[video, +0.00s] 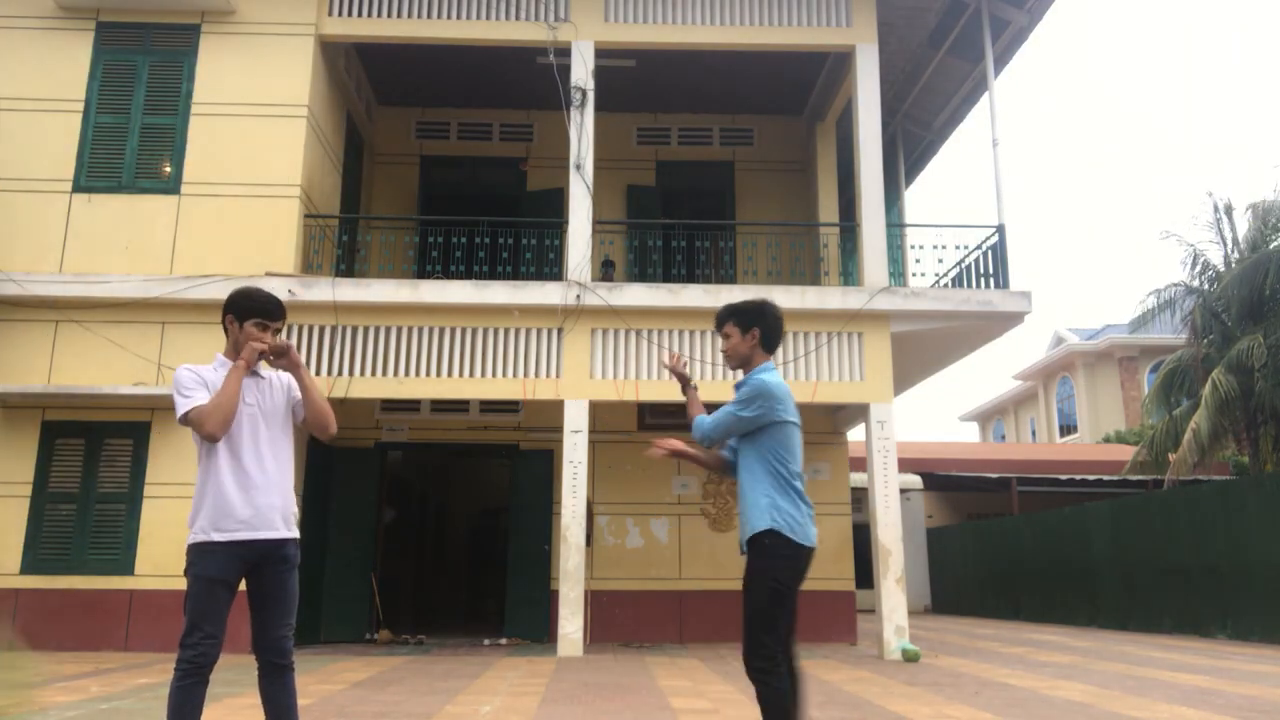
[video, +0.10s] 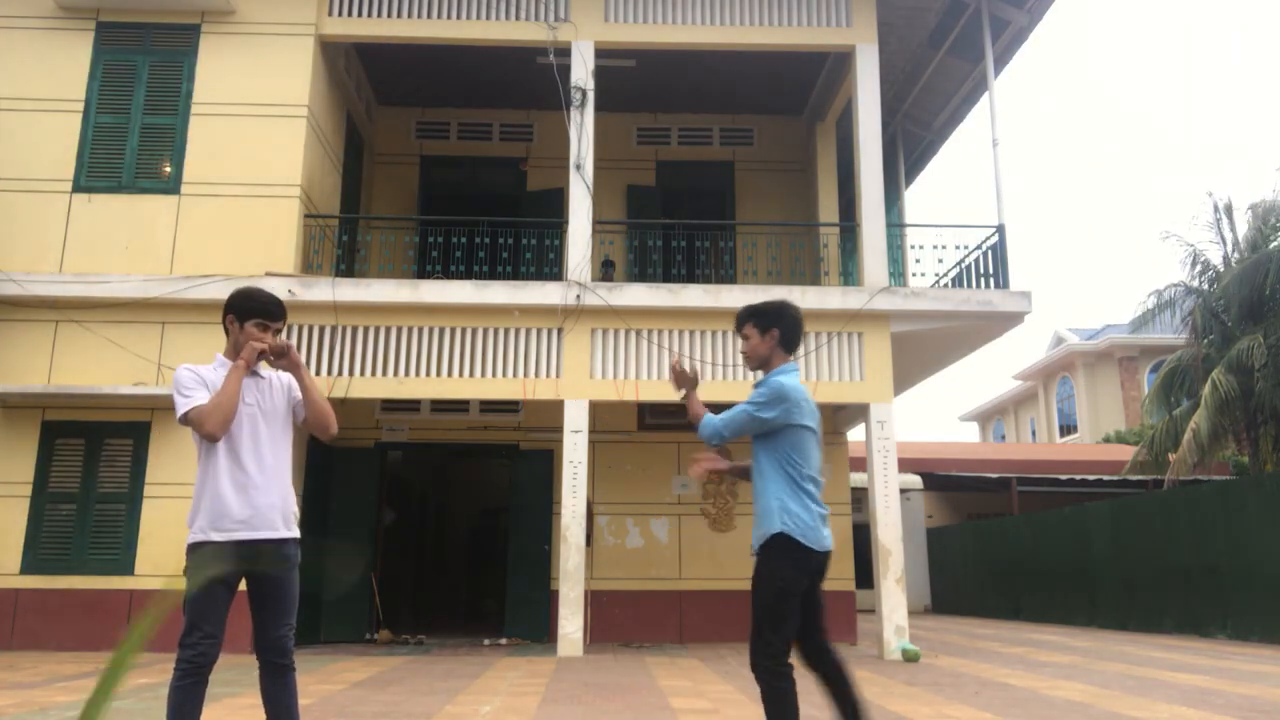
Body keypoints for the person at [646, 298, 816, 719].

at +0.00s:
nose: (721, 347)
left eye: (727, 337)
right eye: (721, 338)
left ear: (754, 336)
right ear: (751, 339)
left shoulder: (763, 385)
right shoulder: (767, 389)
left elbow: (703, 432)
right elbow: (734, 466)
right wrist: (686, 450)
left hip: (777, 535)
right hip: (783, 534)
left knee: (763, 658)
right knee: (773, 656)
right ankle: (786, 716)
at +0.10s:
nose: (741, 347)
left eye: (746, 338)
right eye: (741, 339)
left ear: (772, 337)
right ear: (776, 340)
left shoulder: (779, 389)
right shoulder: (797, 392)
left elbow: (713, 430)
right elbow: (786, 471)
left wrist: (690, 394)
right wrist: (731, 469)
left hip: (786, 541)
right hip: (811, 541)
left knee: (768, 659)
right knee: (813, 646)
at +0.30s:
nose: (780, 355)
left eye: (786, 345)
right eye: (780, 346)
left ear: (812, 346)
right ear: (816, 348)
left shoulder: (815, 397)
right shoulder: (840, 396)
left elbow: (748, 440)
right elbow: (826, 470)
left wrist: (706, 420)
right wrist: (766, 463)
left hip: (820, 546)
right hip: (854, 546)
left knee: (783, 658)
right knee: (884, 651)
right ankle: (928, 716)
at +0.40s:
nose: (797, 361)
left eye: (802, 352)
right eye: (797, 352)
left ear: (828, 352)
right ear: (835, 355)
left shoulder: (829, 403)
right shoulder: (866, 405)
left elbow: (753, 428)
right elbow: (847, 469)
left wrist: (723, 413)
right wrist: (793, 467)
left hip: (841, 551)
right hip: (879, 552)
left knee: (793, 657)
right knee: (901, 656)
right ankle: (940, 716)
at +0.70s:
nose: (826, 373)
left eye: (833, 363)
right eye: (825, 364)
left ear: (860, 364)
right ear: (853, 367)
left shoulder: (886, 415)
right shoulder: (850, 424)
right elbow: (821, 501)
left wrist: (810, 433)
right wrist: (775, 541)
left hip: (879, 564)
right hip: (883, 565)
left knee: (815, 664)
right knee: (888, 674)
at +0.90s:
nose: (837, 374)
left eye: (844, 365)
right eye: (837, 366)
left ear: (873, 367)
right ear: (864, 369)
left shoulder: (898, 425)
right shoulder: (858, 426)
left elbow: (878, 491)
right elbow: (801, 450)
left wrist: (831, 522)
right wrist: (742, 425)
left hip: (893, 564)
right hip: (883, 564)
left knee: (824, 664)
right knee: (887, 672)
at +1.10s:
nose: (838, 376)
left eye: (845, 367)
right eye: (838, 368)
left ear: (873, 367)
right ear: (872, 370)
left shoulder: (884, 419)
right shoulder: (884, 417)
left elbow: (828, 476)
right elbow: (834, 472)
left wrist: (769, 494)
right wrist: (809, 431)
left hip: (887, 564)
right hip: (905, 566)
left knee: (828, 664)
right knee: (892, 672)